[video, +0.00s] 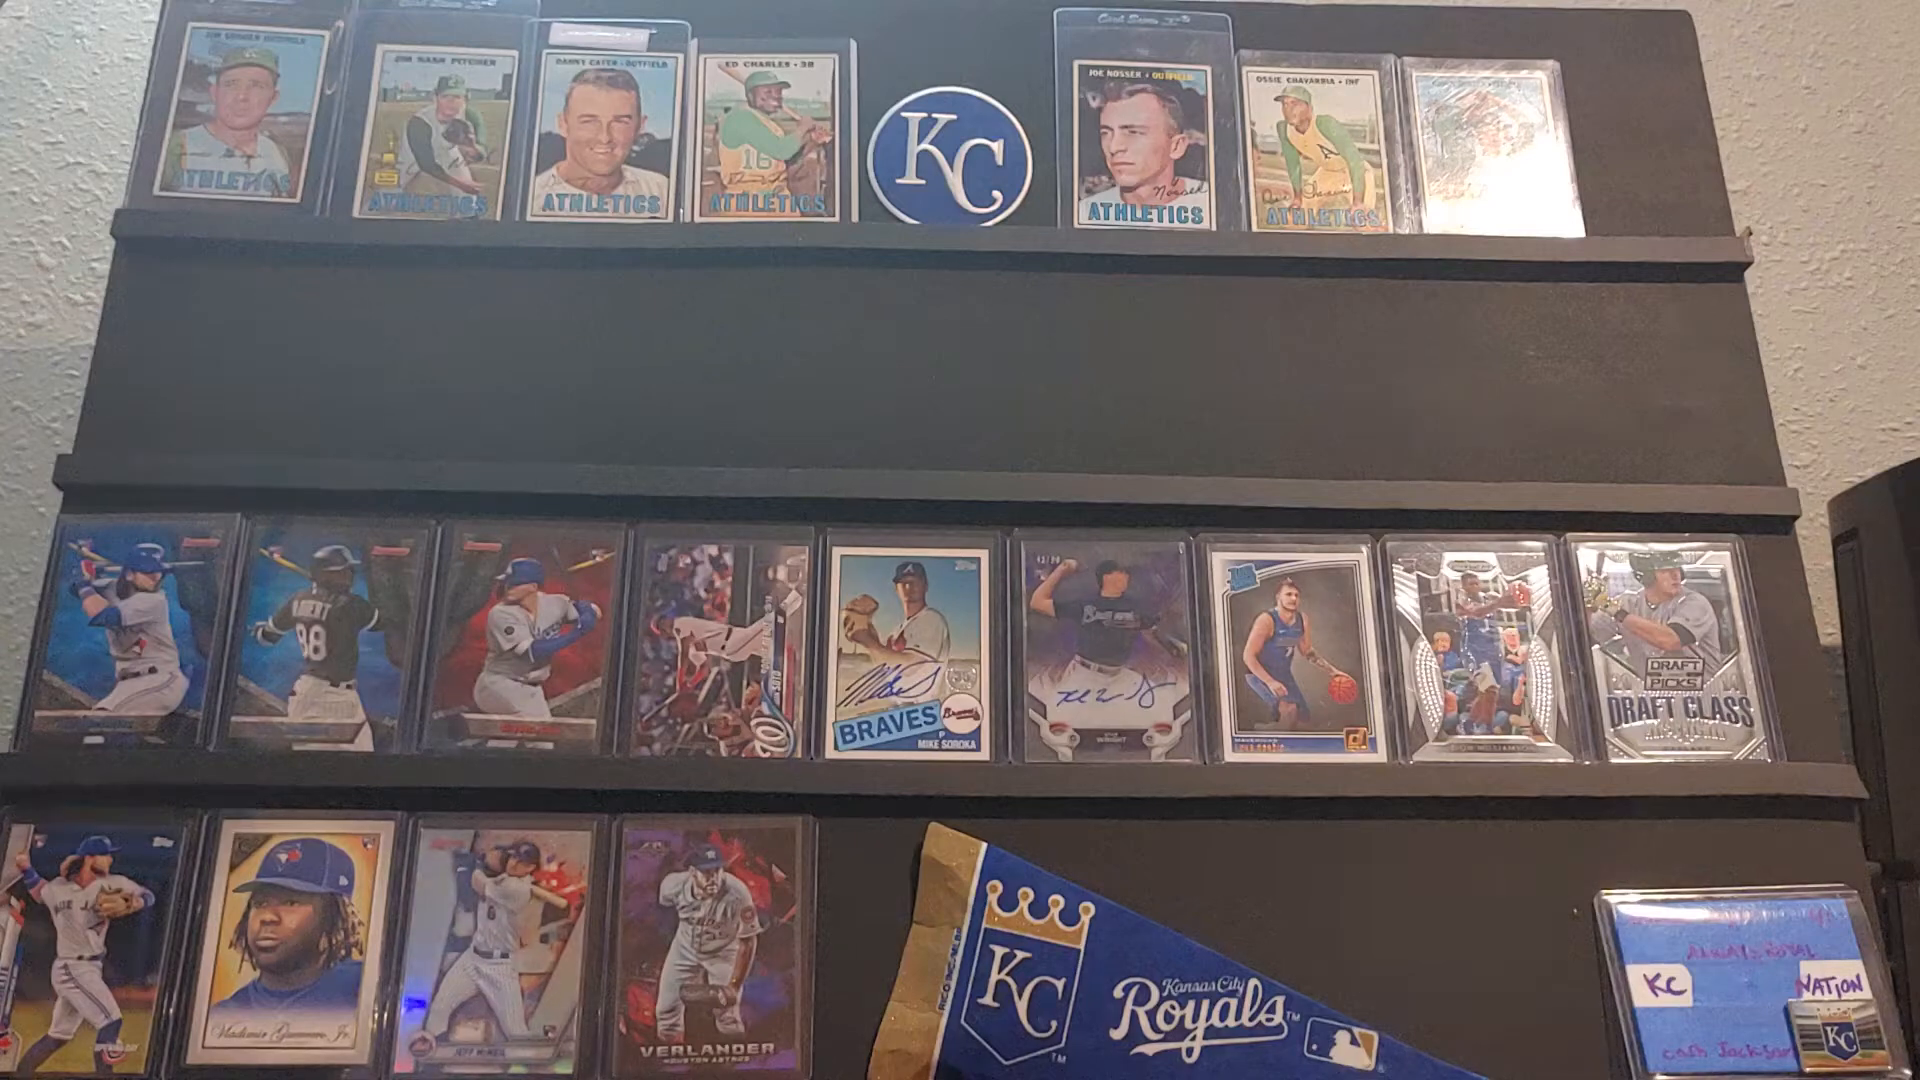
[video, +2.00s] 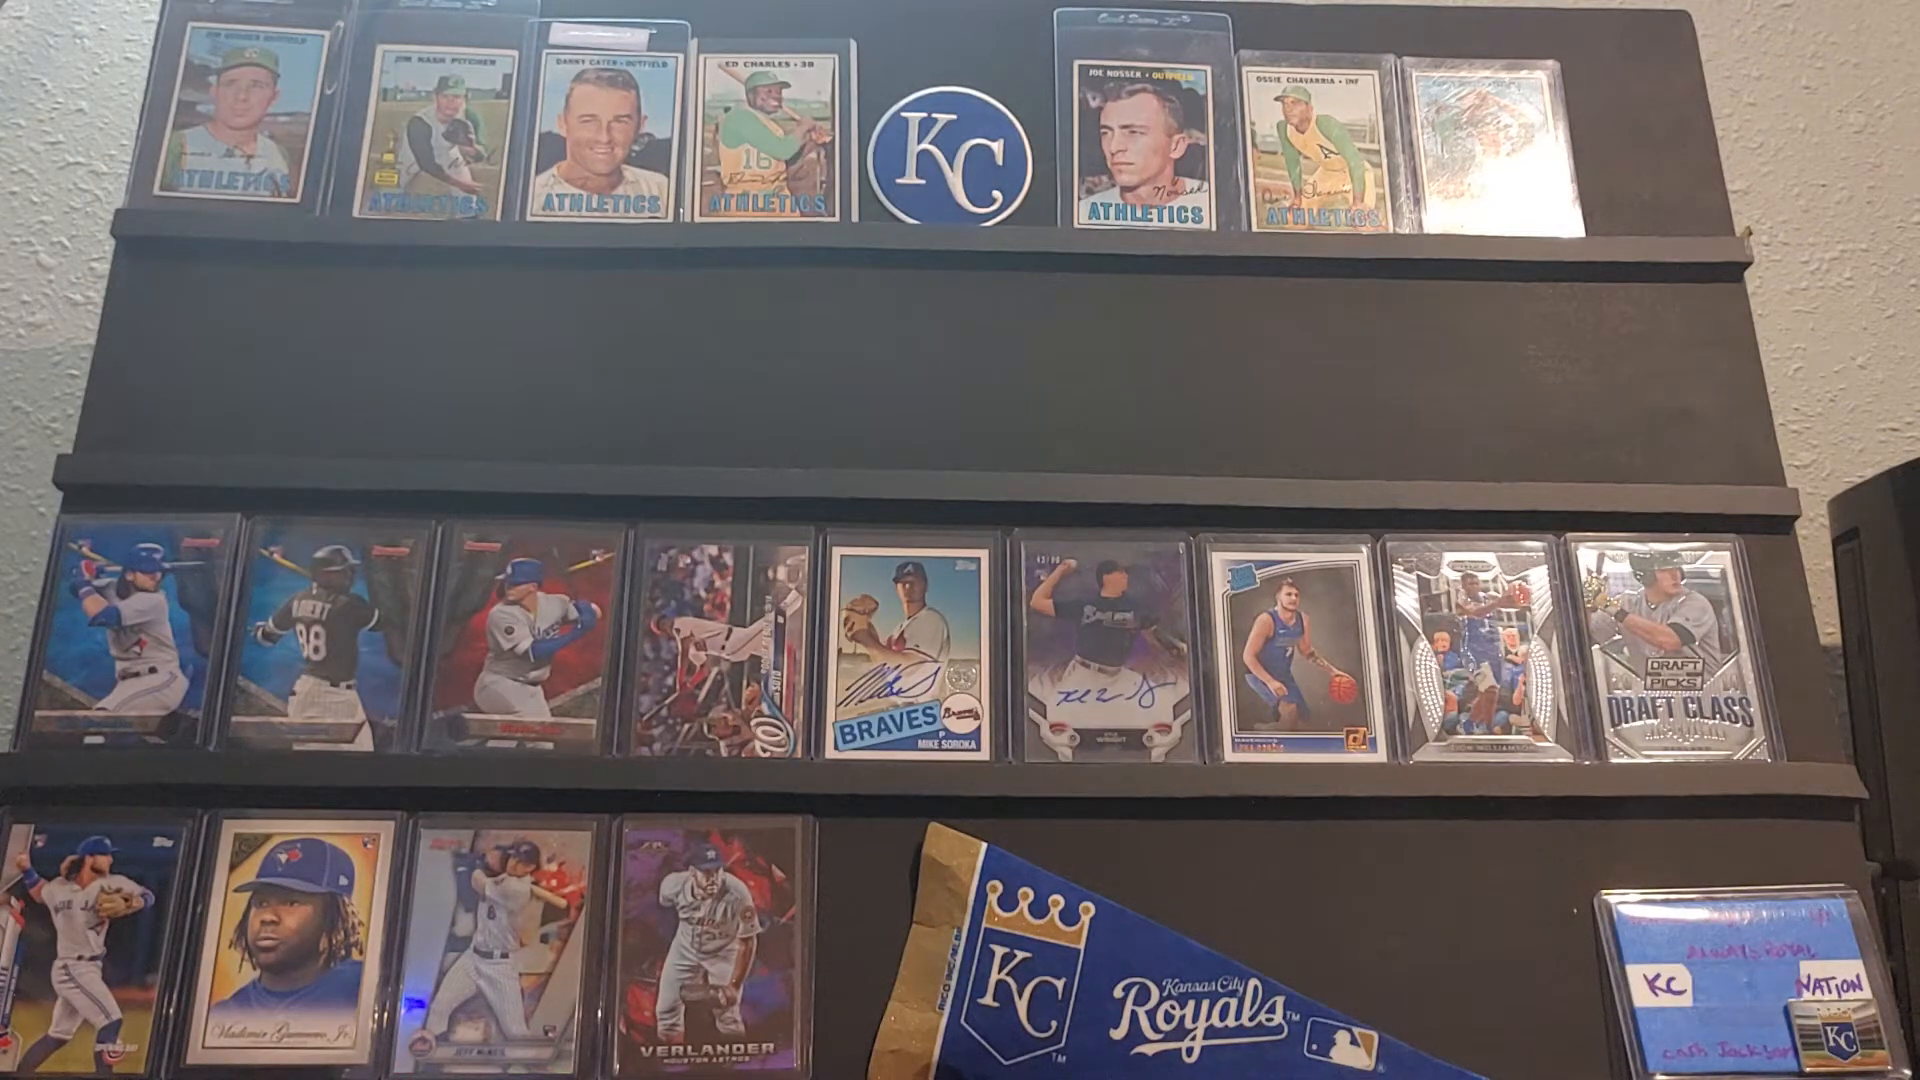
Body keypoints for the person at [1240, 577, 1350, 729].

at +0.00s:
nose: (1293, 599)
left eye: (1296, 595)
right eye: (1288, 595)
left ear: (1299, 599)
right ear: (1278, 598)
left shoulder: (1302, 619)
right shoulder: (1266, 620)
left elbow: (1307, 651)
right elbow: (1248, 656)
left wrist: (1333, 672)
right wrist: (1270, 682)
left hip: (1283, 673)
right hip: (1260, 673)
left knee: (1303, 716)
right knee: (1289, 708)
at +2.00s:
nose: (1293, 599)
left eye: (1296, 595)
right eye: (1288, 595)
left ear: (1299, 598)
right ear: (1278, 598)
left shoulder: (1302, 619)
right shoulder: (1265, 620)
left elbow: (1307, 651)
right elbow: (1248, 656)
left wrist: (1333, 671)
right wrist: (1270, 682)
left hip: (1283, 673)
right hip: (1260, 673)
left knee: (1302, 716)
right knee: (1289, 707)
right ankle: (1284, 750)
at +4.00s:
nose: (1294, 599)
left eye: (1296, 595)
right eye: (1288, 595)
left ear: (1299, 598)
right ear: (1278, 598)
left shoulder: (1302, 619)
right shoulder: (1266, 620)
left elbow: (1307, 650)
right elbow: (1248, 656)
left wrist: (1333, 671)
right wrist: (1270, 681)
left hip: (1283, 673)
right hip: (1260, 673)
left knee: (1302, 713)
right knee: (1289, 707)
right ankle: (1281, 750)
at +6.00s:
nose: (1293, 599)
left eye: (1296, 595)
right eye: (1288, 594)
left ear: (1300, 598)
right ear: (1278, 598)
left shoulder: (1302, 619)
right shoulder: (1266, 620)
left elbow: (1307, 651)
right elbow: (1248, 656)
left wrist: (1332, 671)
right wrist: (1270, 681)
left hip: (1283, 672)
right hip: (1260, 672)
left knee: (1301, 713)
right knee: (1289, 706)